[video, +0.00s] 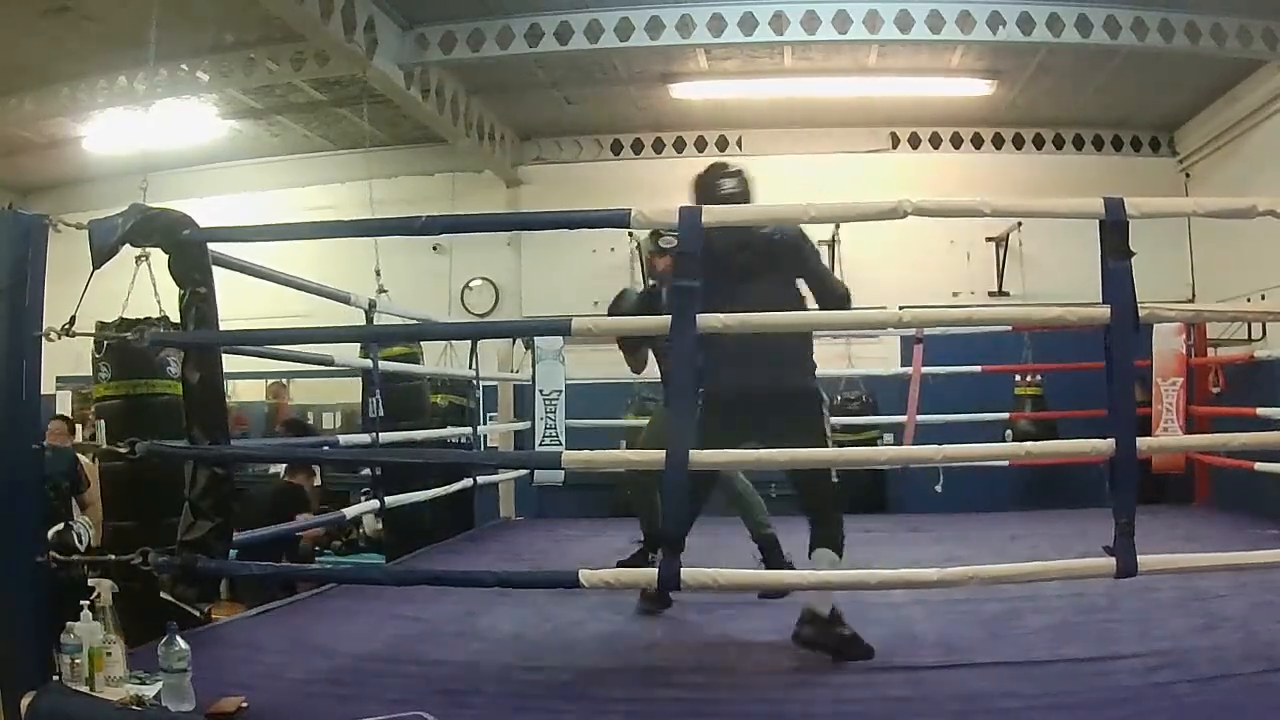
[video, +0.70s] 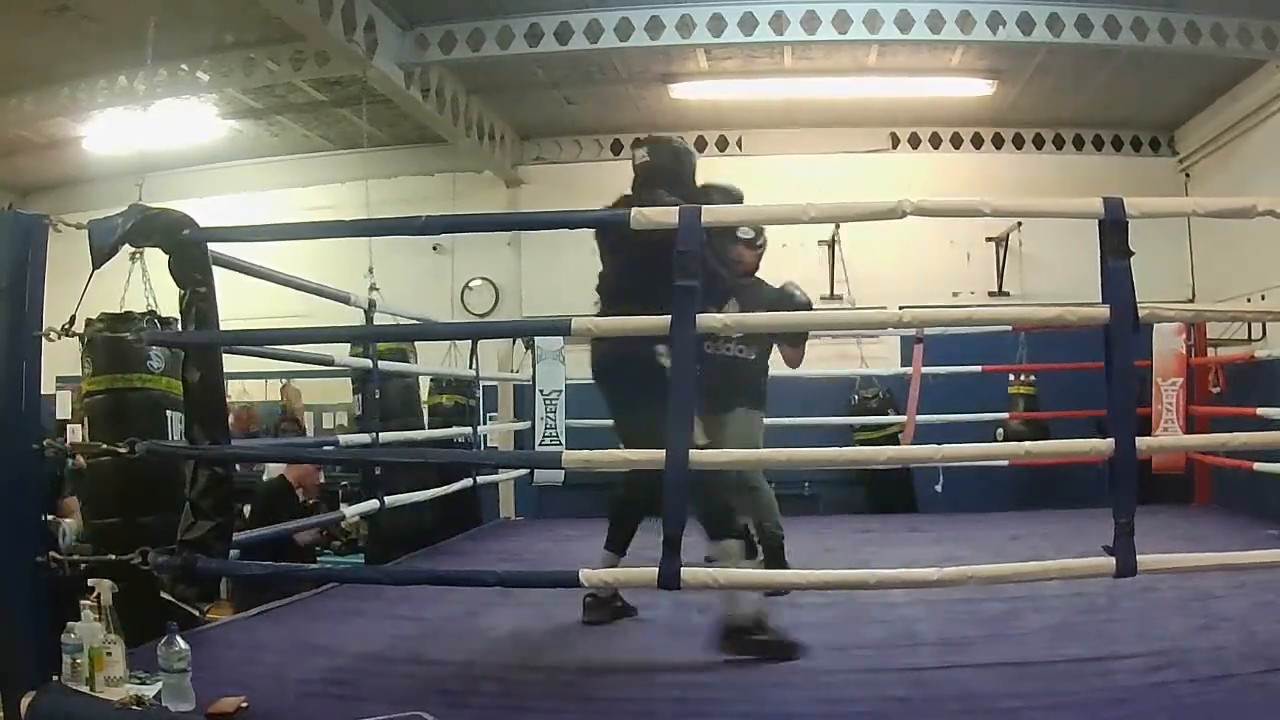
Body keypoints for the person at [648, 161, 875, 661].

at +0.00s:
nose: (731, 209)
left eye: (718, 201)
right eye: (734, 198)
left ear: (699, 206)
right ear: (751, 200)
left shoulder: (689, 251)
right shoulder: (784, 237)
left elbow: (671, 323)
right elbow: (836, 302)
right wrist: (820, 276)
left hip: (724, 403)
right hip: (791, 399)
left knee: (691, 486)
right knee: (825, 507)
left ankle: (660, 575)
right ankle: (818, 611)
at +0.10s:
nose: (644, 243)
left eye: (646, 232)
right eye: (643, 232)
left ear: (662, 232)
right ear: (698, 218)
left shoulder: (682, 277)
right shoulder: (755, 256)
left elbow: (634, 344)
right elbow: (791, 274)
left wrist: (614, 315)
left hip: (722, 409)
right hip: (786, 404)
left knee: (664, 468)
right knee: (793, 499)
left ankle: (662, 580)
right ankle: (846, 588)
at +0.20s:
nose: (636, 251)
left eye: (636, 242)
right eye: (636, 241)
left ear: (645, 245)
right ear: (691, 229)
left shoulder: (659, 282)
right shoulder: (738, 264)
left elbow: (637, 322)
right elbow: (777, 333)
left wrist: (634, 280)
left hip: (698, 407)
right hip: (769, 401)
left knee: (662, 470)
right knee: (795, 499)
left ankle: (662, 583)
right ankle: (843, 587)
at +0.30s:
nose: (652, 225)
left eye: (652, 217)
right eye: (654, 215)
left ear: (652, 220)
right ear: (700, 209)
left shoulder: (654, 272)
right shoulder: (742, 246)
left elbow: (654, 357)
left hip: (684, 415)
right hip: (751, 408)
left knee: (672, 486)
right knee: (792, 493)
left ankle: (662, 582)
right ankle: (822, 589)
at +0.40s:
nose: (672, 213)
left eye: (667, 204)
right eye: (678, 202)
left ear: (660, 204)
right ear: (707, 193)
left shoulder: (653, 257)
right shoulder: (747, 239)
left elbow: (635, 332)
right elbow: (788, 309)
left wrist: (621, 263)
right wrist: (774, 370)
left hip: (685, 407)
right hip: (749, 402)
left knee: (663, 484)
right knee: (778, 499)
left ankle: (655, 581)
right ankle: (787, 618)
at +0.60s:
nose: (715, 194)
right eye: (713, 184)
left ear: (659, 188)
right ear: (710, 186)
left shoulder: (635, 238)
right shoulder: (715, 239)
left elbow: (605, 297)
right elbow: (753, 299)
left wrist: (636, 243)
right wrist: (800, 301)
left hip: (650, 386)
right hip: (708, 384)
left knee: (653, 480)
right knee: (764, 490)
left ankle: (612, 588)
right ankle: (800, 624)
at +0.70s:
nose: (696, 187)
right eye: (693, 178)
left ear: (642, 171)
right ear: (683, 179)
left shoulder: (613, 215)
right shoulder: (677, 218)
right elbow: (715, 281)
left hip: (614, 353)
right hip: (649, 358)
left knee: (643, 465)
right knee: (703, 467)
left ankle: (603, 585)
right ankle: (743, 609)